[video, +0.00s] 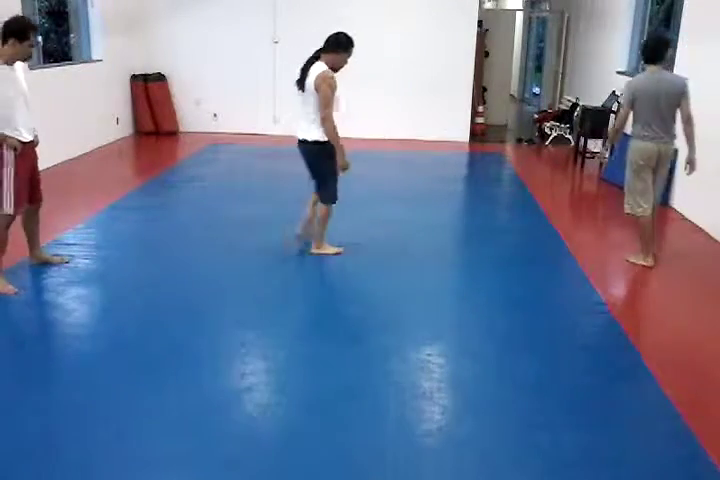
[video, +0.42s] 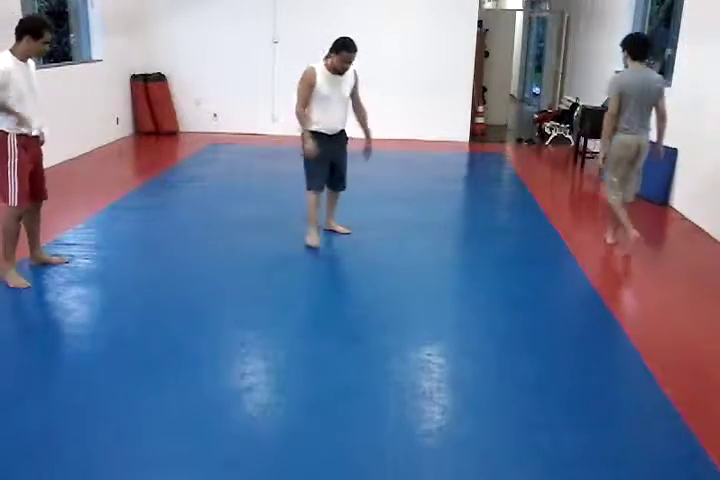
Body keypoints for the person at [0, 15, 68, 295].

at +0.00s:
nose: (32, 51)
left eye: (33, 45)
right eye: (29, 45)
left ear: (16, 43)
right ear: (12, 42)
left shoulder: (21, 67)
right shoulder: (2, 69)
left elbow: (21, 103)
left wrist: (31, 131)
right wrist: (3, 137)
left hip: (27, 142)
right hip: (8, 145)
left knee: (32, 204)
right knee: (7, 212)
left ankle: (36, 251)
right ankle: (0, 273)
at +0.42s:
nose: (47, 48)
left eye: (48, 43)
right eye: (45, 42)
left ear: (30, 41)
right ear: (28, 39)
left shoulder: (28, 64)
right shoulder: (5, 65)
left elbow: (28, 101)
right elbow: (3, 100)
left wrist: (40, 126)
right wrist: (19, 116)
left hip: (32, 137)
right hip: (11, 138)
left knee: (35, 200)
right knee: (15, 204)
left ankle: (36, 252)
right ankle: (7, 265)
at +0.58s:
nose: (41, 51)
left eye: (43, 46)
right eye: (39, 45)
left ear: (24, 42)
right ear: (22, 41)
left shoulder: (22, 66)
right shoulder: (4, 63)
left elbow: (26, 103)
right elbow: (5, 82)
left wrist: (40, 128)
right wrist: (27, 74)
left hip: (32, 138)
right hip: (12, 140)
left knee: (38, 199)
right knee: (11, 209)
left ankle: (37, 252)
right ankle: (9, 267)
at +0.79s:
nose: (32, 55)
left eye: (34, 51)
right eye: (30, 49)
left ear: (28, 46)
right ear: (16, 43)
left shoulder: (22, 63)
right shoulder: (4, 61)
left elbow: (26, 100)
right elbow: (4, 65)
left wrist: (39, 129)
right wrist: (15, 35)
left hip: (30, 135)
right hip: (10, 137)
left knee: (39, 199)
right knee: (12, 208)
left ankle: (37, 252)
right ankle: (9, 268)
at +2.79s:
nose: (36, 58)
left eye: (39, 55)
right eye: (35, 54)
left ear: (38, 49)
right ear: (23, 44)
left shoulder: (33, 62)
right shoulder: (6, 63)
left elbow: (41, 98)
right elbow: (7, 56)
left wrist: (50, 129)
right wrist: (17, 26)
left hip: (39, 136)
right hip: (17, 138)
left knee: (41, 202)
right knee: (18, 208)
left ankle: (38, 252)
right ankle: (11, 268)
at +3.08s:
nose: (46, 45)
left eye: (46, 40)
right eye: (42, 39)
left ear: (33, 39)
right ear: (27, 36)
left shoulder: (33, 64)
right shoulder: (7, 62)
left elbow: (38, 100)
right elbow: (1, 78)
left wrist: (49, 129)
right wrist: (17, 54)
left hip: (38, 138)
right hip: (15, 140)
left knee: (40, 202)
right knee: (16, 208)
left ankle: (37, 252)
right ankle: (11, 268)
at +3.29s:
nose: (46, 47)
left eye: (46, 41)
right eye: (43, 42)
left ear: (27, 42)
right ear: (25, 41)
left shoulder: (32, 64)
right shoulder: (5, 66)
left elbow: (37, 100)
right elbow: (1, 91)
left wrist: (49, 129)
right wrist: (18, 95)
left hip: (38, 139)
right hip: (15, 141)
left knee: (40, 202)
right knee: (16, 208)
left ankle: (37, 253)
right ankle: (11, 268)